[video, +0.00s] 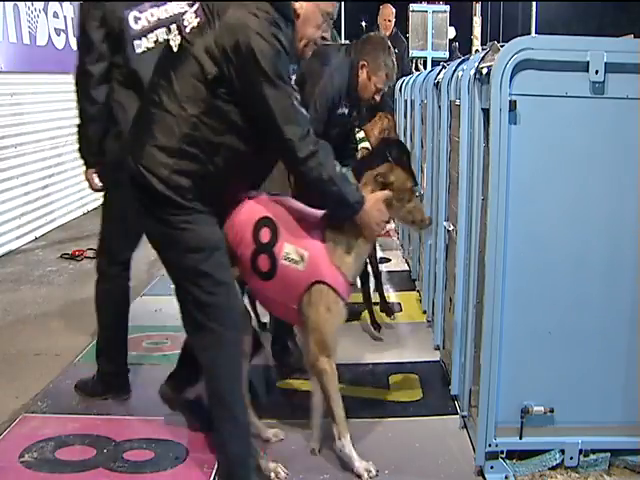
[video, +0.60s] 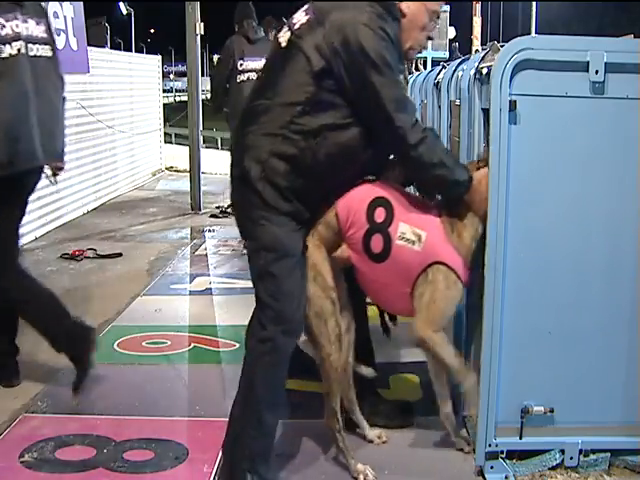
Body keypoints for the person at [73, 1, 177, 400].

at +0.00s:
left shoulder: (103, 7)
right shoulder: (198, 5)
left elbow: (94, 78)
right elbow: (220, 64)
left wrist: (91, 153)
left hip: (133, 152)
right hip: (190, 145)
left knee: (112, 264)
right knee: (197, 266)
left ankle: (113, 375)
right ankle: (190, 374)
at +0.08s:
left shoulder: (80, 7)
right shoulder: (172, 4)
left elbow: (69, 79)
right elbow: (199, 61)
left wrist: (66, 148)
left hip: (112, 155)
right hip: (171, 147)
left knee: (101, 268)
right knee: (177, 259)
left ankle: (112, 376)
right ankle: (220, 347)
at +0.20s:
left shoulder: (53, 6)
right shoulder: (135, 3)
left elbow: (37, 71)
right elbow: (152, 54)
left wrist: (24, 139)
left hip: (86, 143)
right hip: (132, 134)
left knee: (89, 264)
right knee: (101, 236)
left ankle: (112, 376)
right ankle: (155, 317)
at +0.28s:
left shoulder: (36, 6)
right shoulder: (118, 4)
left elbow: (18, 69)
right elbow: (133, 51)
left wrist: (1, 135)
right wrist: (114, 109)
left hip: (72, 138)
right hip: (115, 132)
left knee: (84, 260)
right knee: (76, 239)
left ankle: (113, 375)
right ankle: (104, 343)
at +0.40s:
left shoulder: (14, 9)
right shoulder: (89, 5)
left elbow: (3, 63)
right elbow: (105, 59)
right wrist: (101, 128)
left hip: (45, 139)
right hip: (90, 133)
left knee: (73, 261)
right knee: (43, 245)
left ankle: (113, 374)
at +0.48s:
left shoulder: (8, 13)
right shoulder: (69, 6)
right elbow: (86, 70)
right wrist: (86, 142)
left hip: (22, 145)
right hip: (64, 141)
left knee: (58, 265)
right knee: (24, 259)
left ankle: (110, 369)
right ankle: (10, 359)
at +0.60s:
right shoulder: (34, 12)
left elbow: (50, 81)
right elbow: (53, 80)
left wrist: (53, 147)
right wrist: (55, 147)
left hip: (6, 154)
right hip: (28, 153)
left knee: (4, 265)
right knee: (4, 263)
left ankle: (73, 337)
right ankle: (5, 362)